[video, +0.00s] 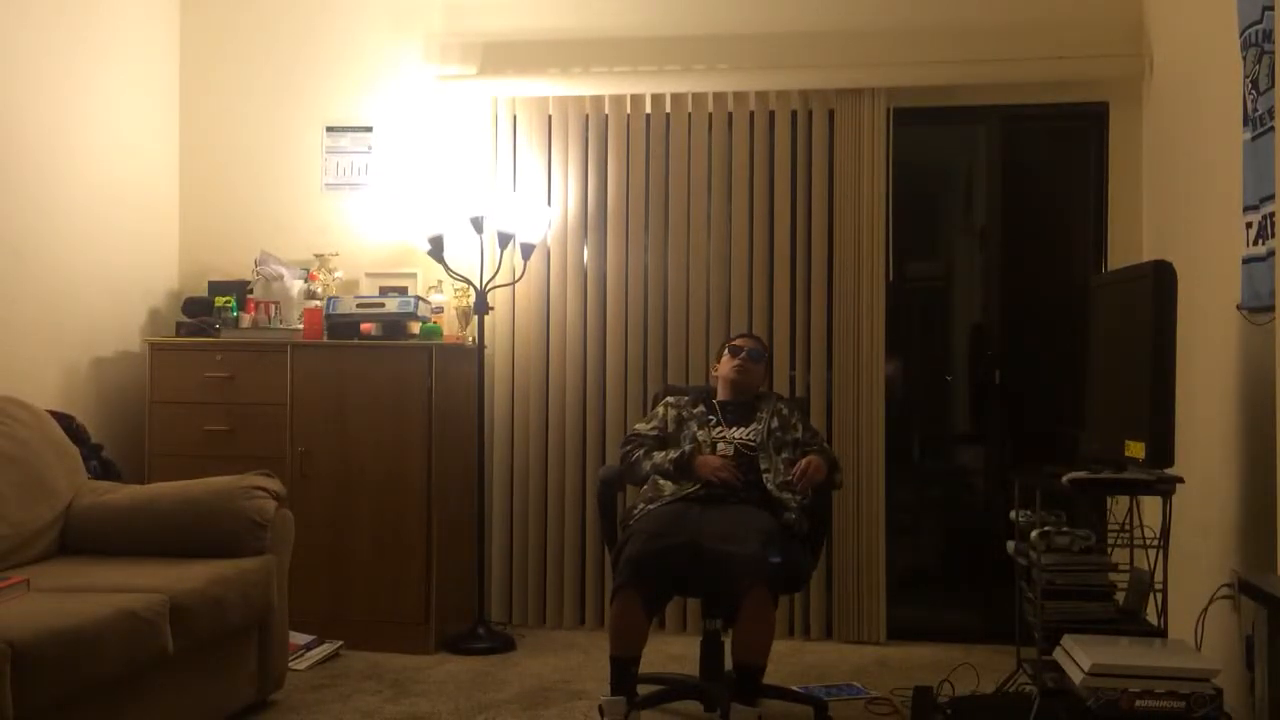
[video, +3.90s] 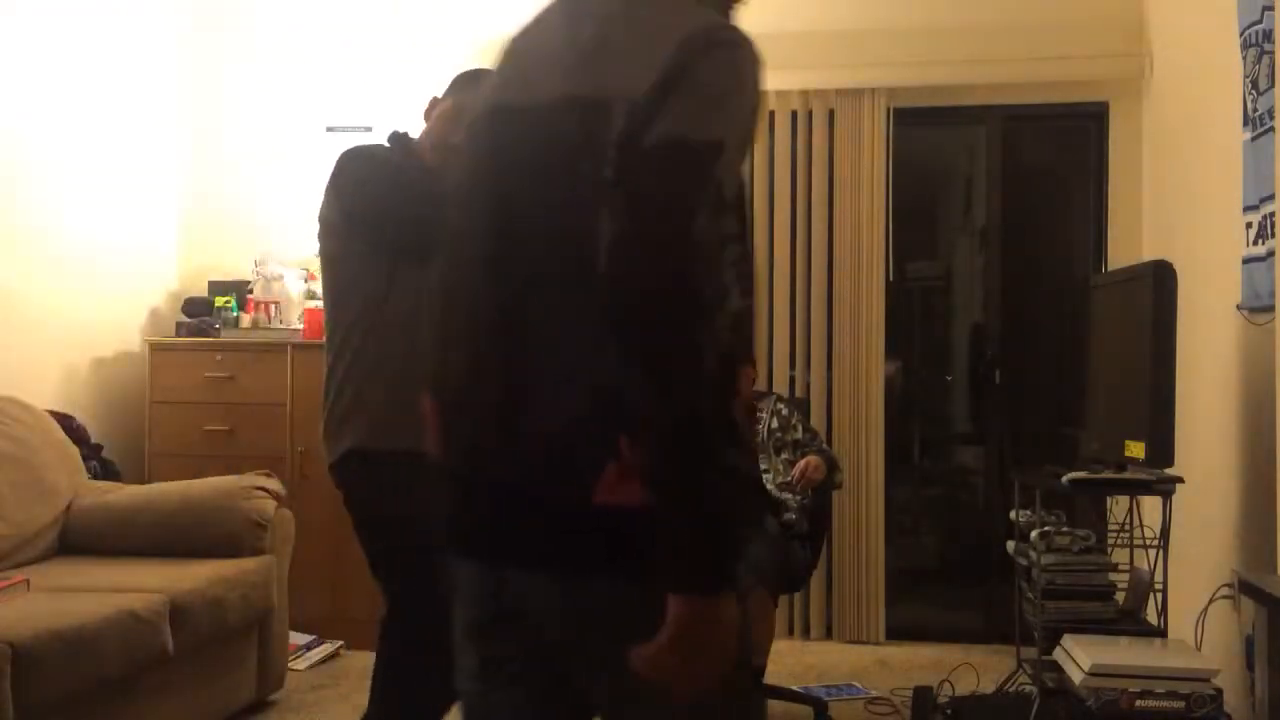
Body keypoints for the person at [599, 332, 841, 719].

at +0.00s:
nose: (743, 358)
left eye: (755, 356)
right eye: (734, 351)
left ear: (764, 379)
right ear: (715, 366)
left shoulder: (782, 415)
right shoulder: (674, 407)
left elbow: (825, 458)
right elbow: (631, 457)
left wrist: (821, 459)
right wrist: (690, 462)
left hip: (748, 509)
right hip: (672, 506)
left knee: (757, 577)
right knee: (637, 568)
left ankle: (746, 703)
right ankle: (621, 695)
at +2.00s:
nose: (728, 351)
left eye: (739, 349)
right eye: (719, 350)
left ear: (757, 370)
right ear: (708, 371)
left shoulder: (779, 412)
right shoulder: (674, 410)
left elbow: (824, 457)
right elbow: (638, 464)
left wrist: (820, 461)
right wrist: (690, 476)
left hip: (750, 507)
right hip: (673, 504)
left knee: (758, 576)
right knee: (638, 568)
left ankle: (746, 703)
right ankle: (621, 694)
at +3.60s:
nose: (722, 354)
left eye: (733, 349)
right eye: (714, 353)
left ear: (752, 370)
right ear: (704, 374)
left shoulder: (780, 411)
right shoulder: (674, 407)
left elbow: (826, 463)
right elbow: (643, 469)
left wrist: (819, 460)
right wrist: (690, 477)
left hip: (749, 508)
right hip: (675, 506)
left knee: (757, 580)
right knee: (634, 572)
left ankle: (745, 704)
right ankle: (637, 693)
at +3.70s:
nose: (722, 358)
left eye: (731, 352)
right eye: (715, 355)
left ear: (752, 369)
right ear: (708, 370)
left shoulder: (773, 407)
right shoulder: (694, 406)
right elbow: (667, 459)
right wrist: (694, 477)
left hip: (758, 511)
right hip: (695, 511)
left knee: (756, 584)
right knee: (681, 578)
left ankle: (746, 698)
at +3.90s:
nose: (742, 379)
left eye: (747, 371)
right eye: (734, 371)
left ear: (754, 374)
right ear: (720, 376)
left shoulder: (777, 412)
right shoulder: (706, 420)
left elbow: (825, 459)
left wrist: (819, 462)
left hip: (781, 532)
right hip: (725, 533)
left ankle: (752, 684)